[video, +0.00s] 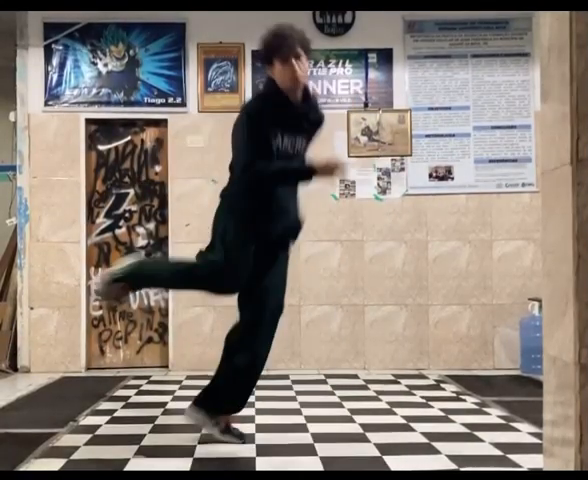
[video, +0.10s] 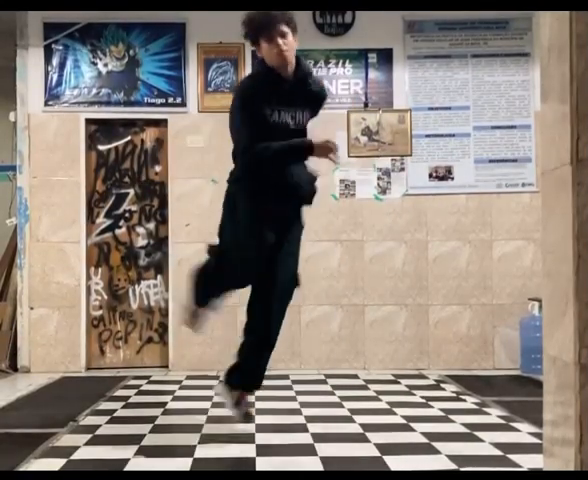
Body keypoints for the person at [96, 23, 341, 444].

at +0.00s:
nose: (301, 68)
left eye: (302, 59)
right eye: (292, 61)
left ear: (306, 61)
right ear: (273, 67)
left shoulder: (302, 106)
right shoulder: (257, 111)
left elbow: (313, 124)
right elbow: (252, 170)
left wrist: (301, 91)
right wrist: (310, 169)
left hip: (275, 229)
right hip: (242, 221)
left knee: (260, 322)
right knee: (224, 276)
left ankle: (213, 406)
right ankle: (133, 274)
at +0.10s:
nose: (280, 45)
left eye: (284, 35)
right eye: (269, 40)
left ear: (295, 38)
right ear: (256, 48)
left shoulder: (311, 89)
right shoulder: (249, 90)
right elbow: (248, 154)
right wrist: (308, 147)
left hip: (288, 201)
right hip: (249, 197)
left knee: (276, 294)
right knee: (244, 266)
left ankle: (240, 383)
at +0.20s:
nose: (270, 44)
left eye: (274, 35)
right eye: (261, 39)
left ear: (289, 38)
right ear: (251, 49)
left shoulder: (316, 94)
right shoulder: (242, 94)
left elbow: (313, 153)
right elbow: (241, 164)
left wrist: (308, 176)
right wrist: (291, 179)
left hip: (293, 202)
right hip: (252, 201)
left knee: (287, 284)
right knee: (239, 281)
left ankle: (282, 375)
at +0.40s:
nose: (261, 82)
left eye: (266, 73)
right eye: (253, 76)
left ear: (279, 77)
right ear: (243, 84)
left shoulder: (302, 124)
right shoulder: (235, 131)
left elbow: (327, 177)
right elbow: (226, 181)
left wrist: (338, 228)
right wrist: (217, 225)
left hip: (300, 233)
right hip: (260, 237)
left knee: (321, 308)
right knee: (280, 315)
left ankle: (329, 390)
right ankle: (302, 389)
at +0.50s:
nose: (241, 70)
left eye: (247, 61)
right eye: (234, 63)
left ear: (265, 56)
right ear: (227, 63)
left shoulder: (286, 99)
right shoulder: (227, 101)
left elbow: (293, 157)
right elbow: (228, 144)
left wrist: (270, 196)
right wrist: (226, 180)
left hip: (286, 196)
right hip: (249, 198)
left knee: (293, 278)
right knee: (260, 283)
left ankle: (316, 357)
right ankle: (279, 360)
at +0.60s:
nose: (219, 82)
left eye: (224, 74)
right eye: (214, 75)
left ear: (242, 63)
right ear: (212, 68)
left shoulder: (266, 97)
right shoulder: (226, 93)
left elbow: (261, 158)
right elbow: (232, 138)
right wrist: (220, 171)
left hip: (281, 196)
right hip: (248, 194)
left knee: (273, 269)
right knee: (237, 269)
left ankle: (289, 352)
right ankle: (257, 338)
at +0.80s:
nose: (185, 142)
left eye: (186, 137)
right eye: (184, 136)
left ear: (193, 138)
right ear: (208, 115)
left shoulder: (213, 160)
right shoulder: (234, 120)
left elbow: (165, 154)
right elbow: (224, 82)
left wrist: (155, 115)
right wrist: (184, 73)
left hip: (256, 241)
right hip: (272, 235)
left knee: (224, 305)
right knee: (230, 305)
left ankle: (226, 392)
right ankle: (224, 385)